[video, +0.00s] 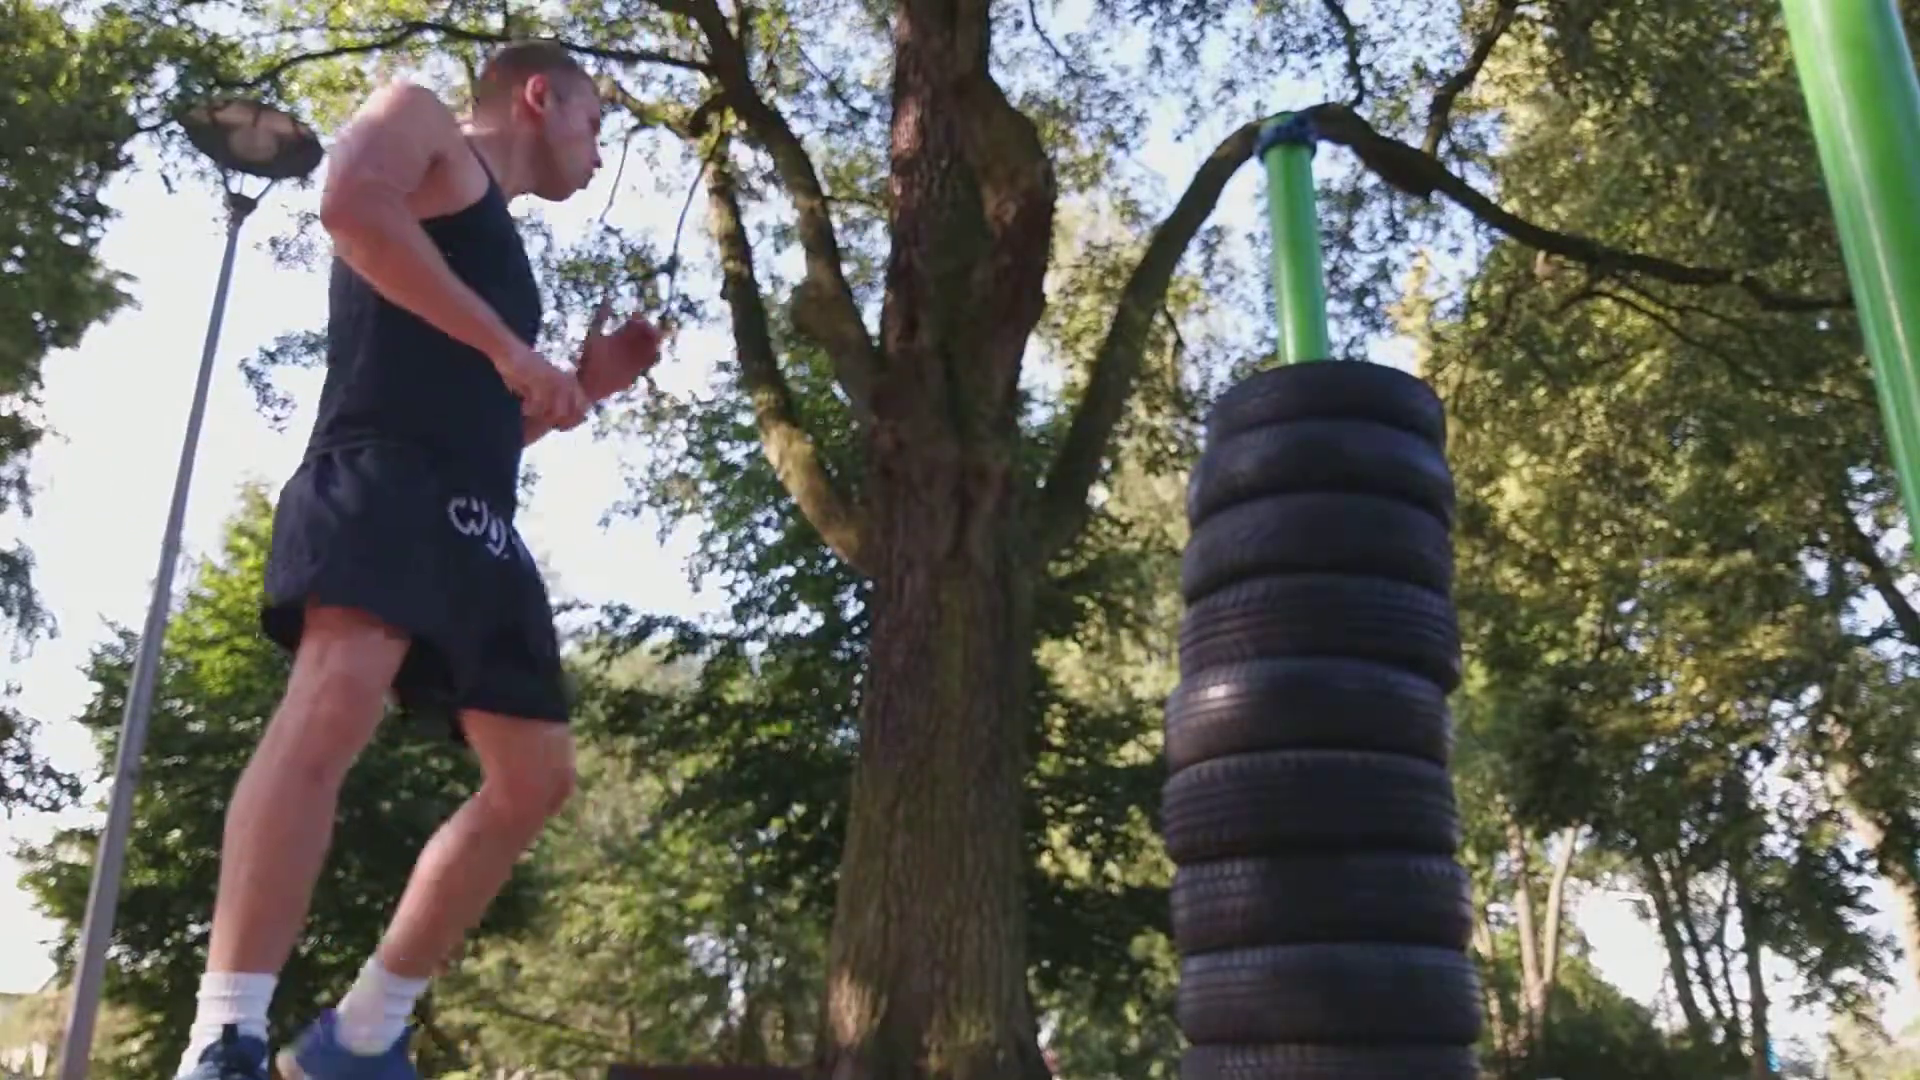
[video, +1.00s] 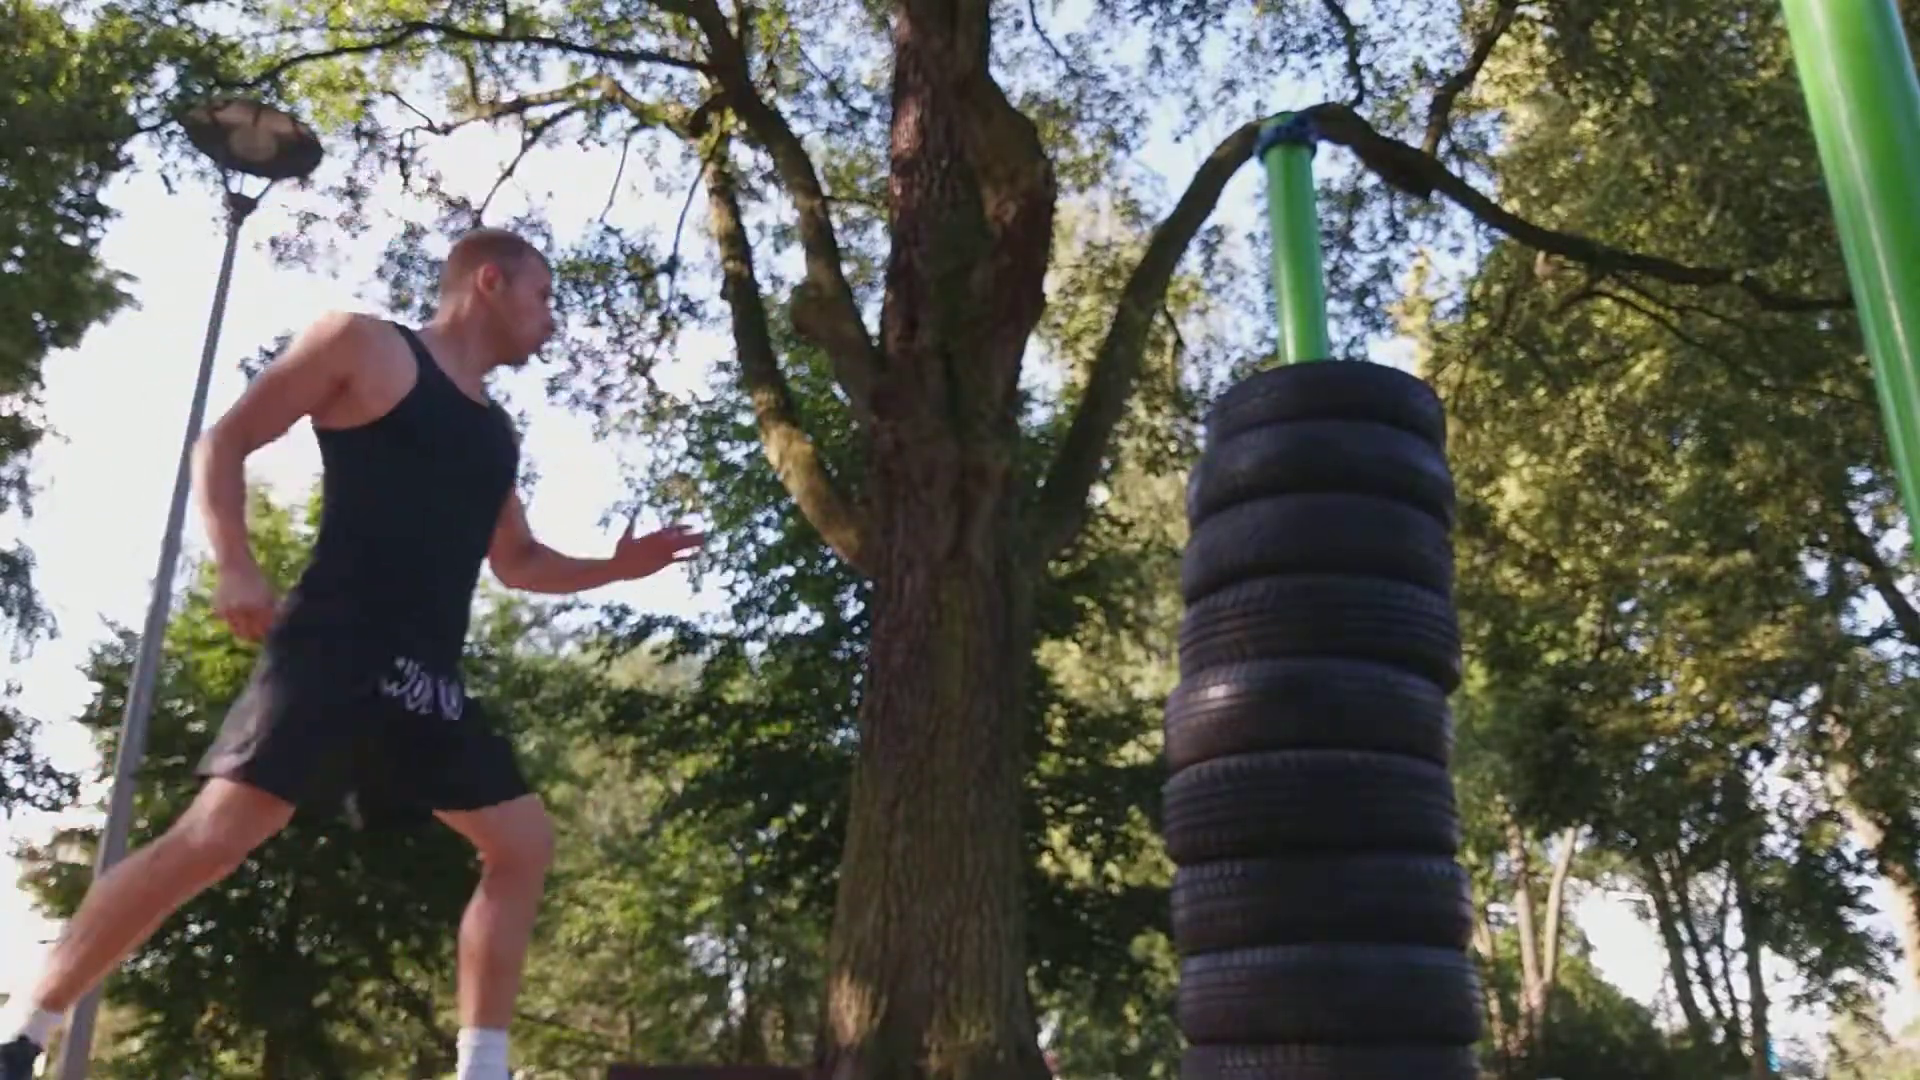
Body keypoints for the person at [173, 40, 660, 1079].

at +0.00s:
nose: (600, 148)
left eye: (604, 127)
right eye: (595, 119)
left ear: (537, 109)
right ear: (537, 96)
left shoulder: (498, 246)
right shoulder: (421, 111)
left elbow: (485, 420)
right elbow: (354, 204)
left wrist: (582, 385)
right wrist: (506, 349)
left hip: (480, 519)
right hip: (385, 479)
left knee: (532, 777)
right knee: (333, 703)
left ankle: (362, 1035)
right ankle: (226, 1040)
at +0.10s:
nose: (578, 215)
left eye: (581, 192)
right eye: (573, 186)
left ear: (518, 170)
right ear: (519, 161)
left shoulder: (472, 292)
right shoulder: (412, 177)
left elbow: (449, 470)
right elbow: (335, 286)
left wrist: (555, 436)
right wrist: (485, 409)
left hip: (424, 565)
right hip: (345, 528)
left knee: (408, 831)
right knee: (309, 726)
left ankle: (254, 1041)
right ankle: (219, 1036)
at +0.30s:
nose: (550, 200)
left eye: (557, 182)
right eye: (546, 173)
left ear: (494, 160)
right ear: (484, 144)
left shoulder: (447, 284)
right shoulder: (374, 169)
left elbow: (388, 446)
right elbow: (283, 257)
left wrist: (485, 442)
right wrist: (443, 349)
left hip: (370, 531)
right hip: (291, 484)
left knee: (339, 769)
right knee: (230, 710)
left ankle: (249, 1045)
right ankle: (114, 1015)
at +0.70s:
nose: (497, 224)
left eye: (502, 205)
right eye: (491, 197)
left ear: (442, 190)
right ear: (428, 177)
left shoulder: (419, 326)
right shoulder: (300, 219)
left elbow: (350, 459)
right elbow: (203, 335)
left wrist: (418, 454)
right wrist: (366, 397)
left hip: (344, 577)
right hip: (232, 555)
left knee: (430, 769)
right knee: (117, 772)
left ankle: (313, 1009)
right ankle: (9, 1007)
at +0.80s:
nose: (520, 224)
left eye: (525, 206)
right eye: (512, 199)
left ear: (457, 188)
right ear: (449, 177)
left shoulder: (459, 330)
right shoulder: (315, 227)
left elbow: (442, 464)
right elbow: (182, 331)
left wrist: (465, 471)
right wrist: (282, 446)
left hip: (367, 574)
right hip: (256, 548)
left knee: (459, 763)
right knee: (146, 754)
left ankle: (384, 1012)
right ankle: (15, 997)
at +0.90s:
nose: (529, 271)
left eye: (533, 253)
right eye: (521, 246)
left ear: (473, 241)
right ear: (458, 228)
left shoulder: (477, 375)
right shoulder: (325, 289)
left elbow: (499, 514)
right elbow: (181, 393)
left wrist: (533, 551)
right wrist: (213, 517)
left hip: (387, 627)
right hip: (271, 599)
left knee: (486, 804)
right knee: (143, 796)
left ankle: (457, 1052)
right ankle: (7, 1025)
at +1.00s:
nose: (555, 318)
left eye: (557, 301)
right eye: (545, 293)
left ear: (492, 292)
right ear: (485, 282)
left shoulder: (494, 434)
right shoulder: (365, 344)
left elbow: (517, 562)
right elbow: (224, 443)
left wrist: (614, 567)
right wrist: (235, 567)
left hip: (428, 685)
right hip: (328, 655)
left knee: (522, 842)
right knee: (212, 839)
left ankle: (483, 1073)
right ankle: (21, 1031)